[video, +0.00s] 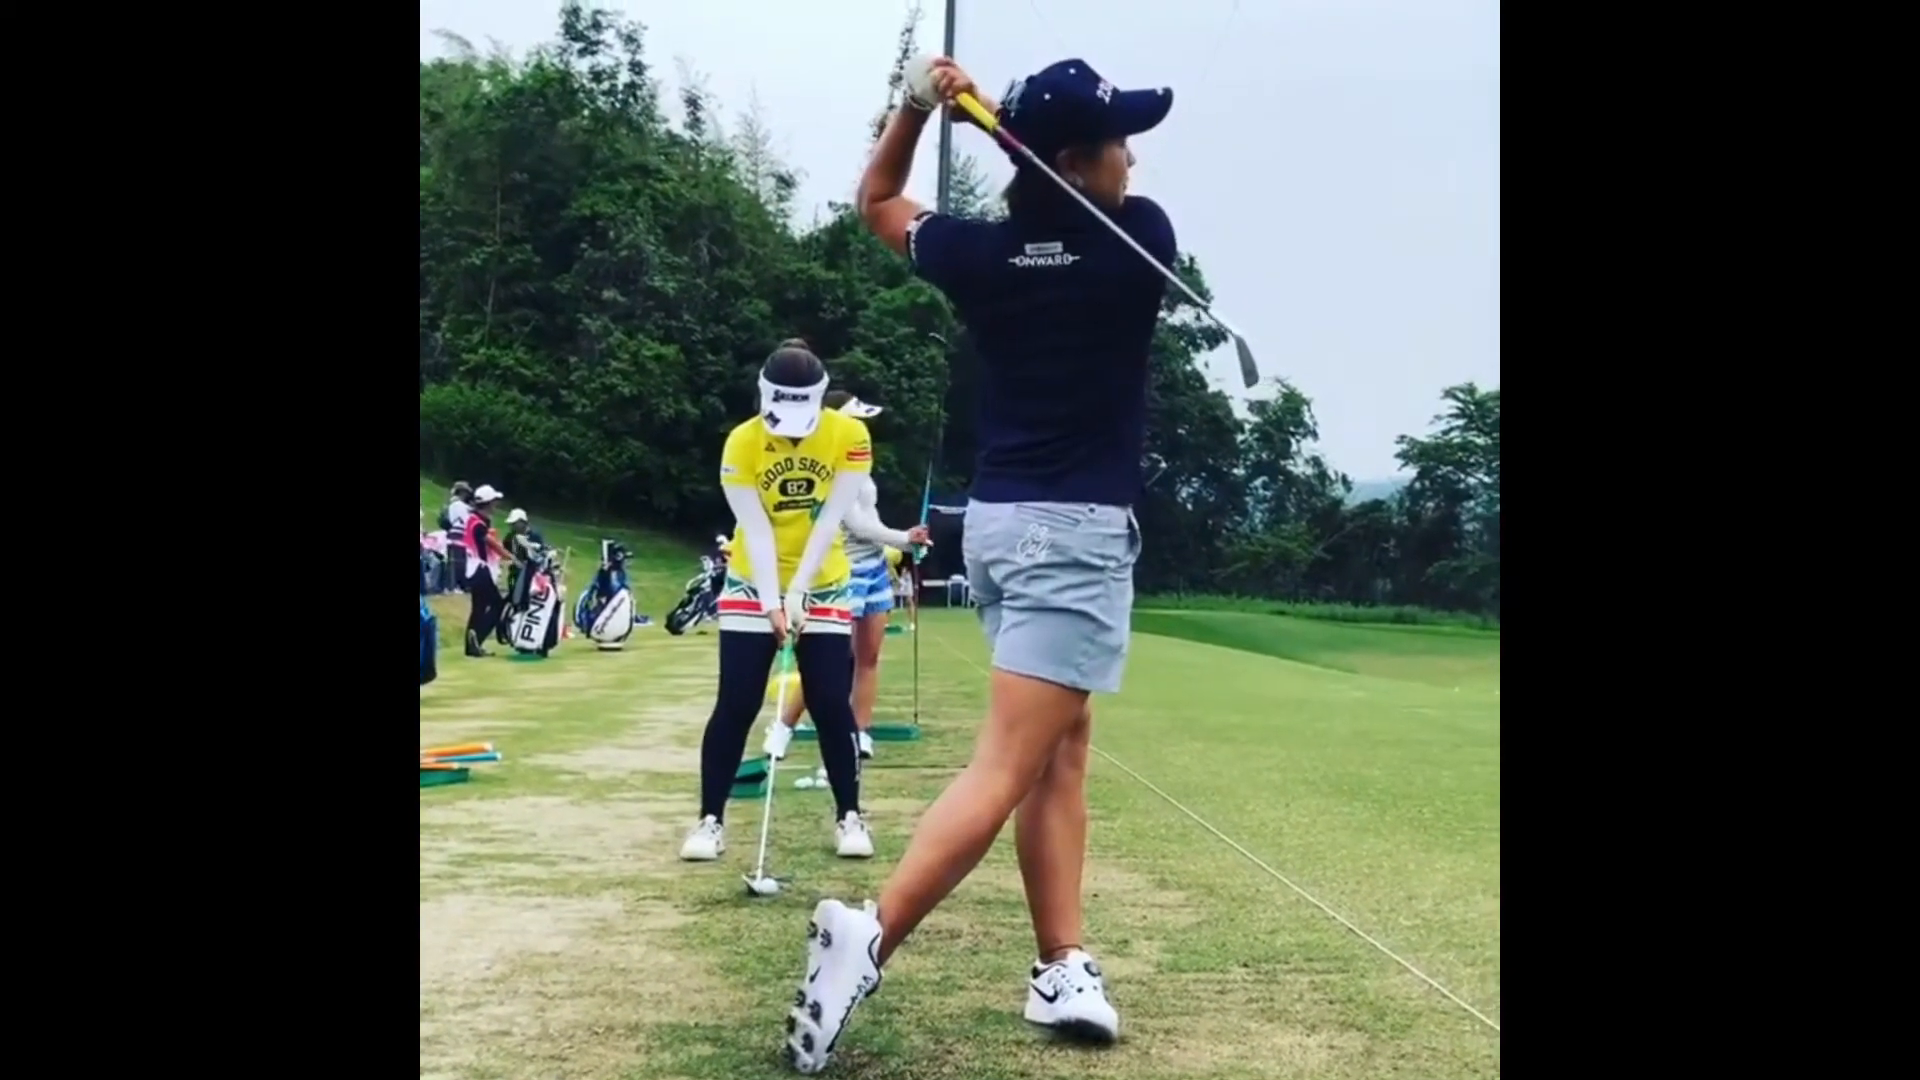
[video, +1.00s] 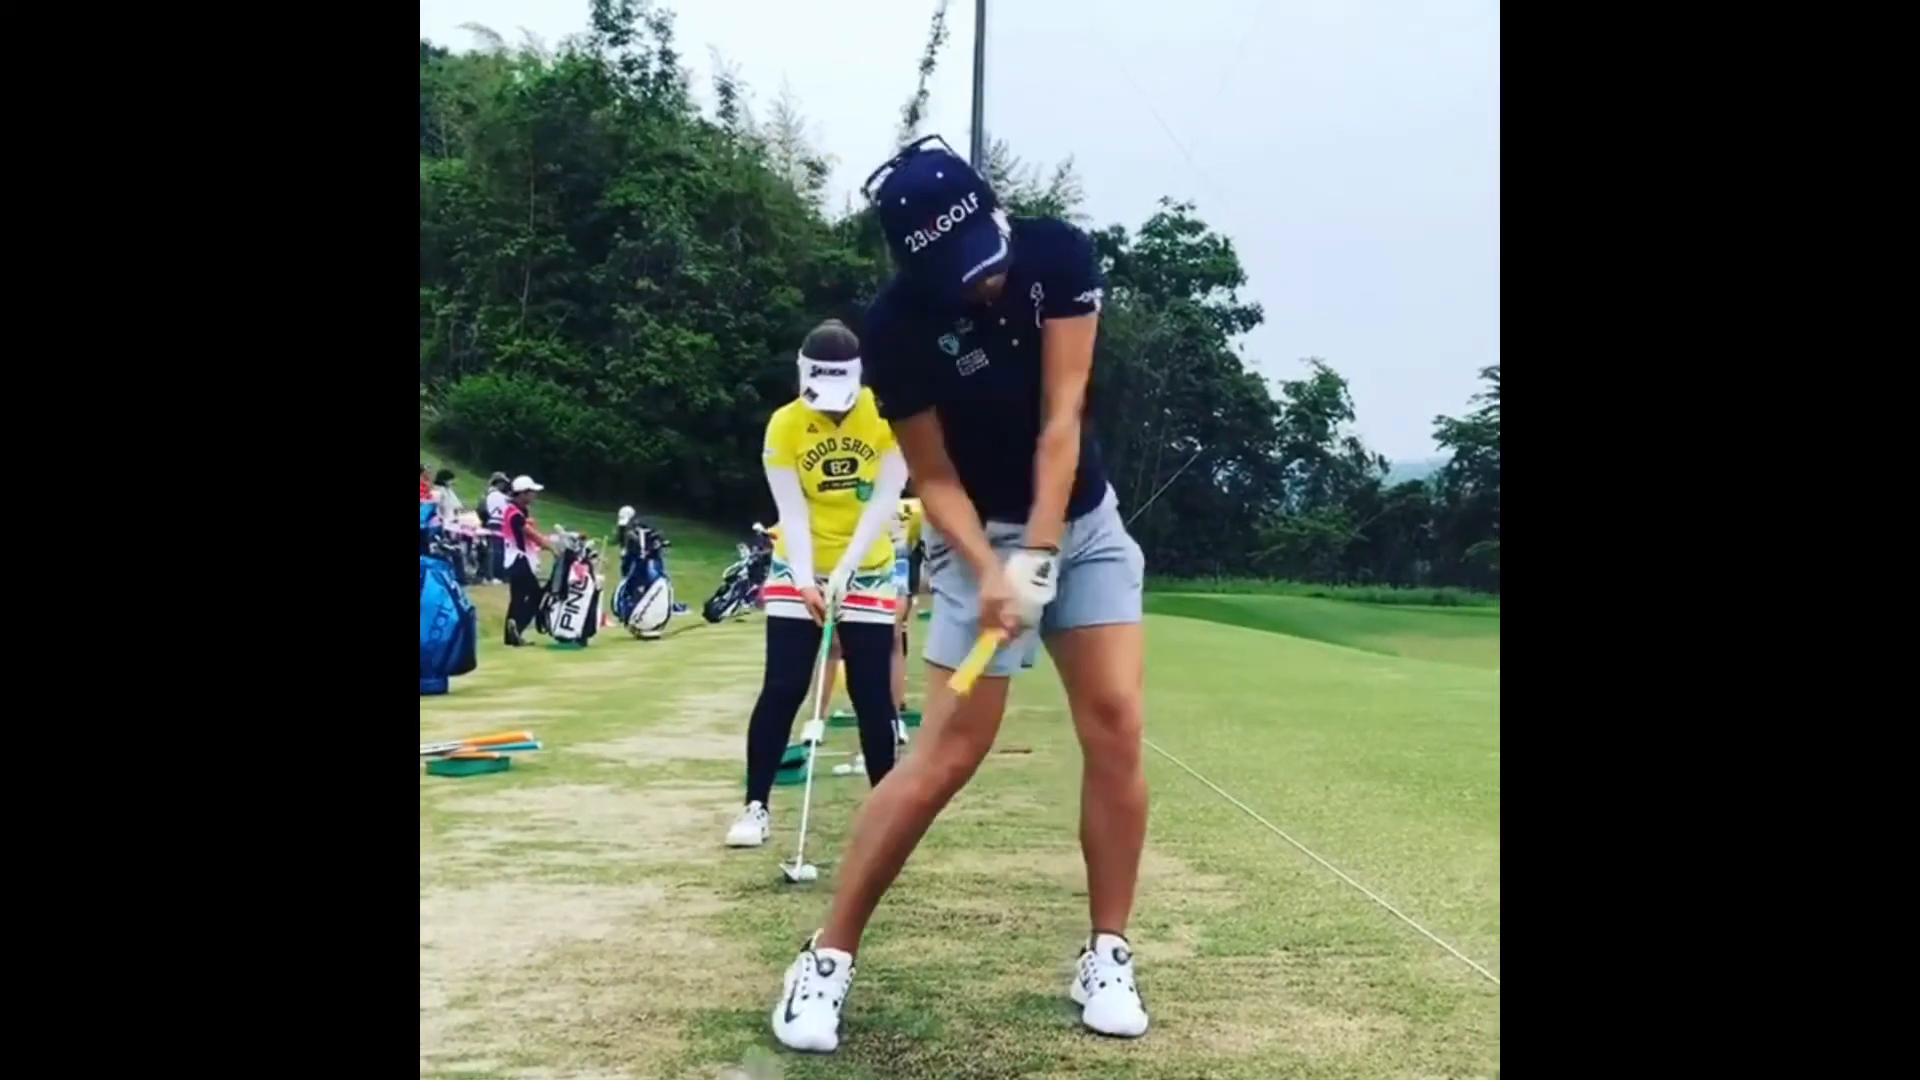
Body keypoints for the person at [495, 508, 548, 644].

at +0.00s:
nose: (513, 527)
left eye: (516, 524)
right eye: (512, 524)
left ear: (523, 523)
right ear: (511, 524)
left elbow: (542, 551)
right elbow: (506, 554)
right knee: (512, 598)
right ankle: (503, 626)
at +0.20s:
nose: (542, 486)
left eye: (542, 482)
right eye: (539, 482)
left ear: (531, 484)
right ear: (529, 483)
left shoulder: (527, 501)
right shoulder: (524, 504)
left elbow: (541, 522)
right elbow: (542, 524)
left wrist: (558, 529)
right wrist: (560, 533)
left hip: (528, 545)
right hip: (528, 546)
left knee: (527, 584)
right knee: (545, 581)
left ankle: (522, 621)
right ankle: (528, 614)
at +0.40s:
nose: (545, 489)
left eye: (545, 486)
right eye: (542, 485)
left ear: (534, 487)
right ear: (532, 487)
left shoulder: (531, 504)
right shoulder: (528, 507)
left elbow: (545, 525)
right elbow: (545, 527)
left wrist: (562, 533)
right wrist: (564, 537)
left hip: (533, 549)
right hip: (531, 550)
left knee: (531, 587)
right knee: (548, 584)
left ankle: (525, 625)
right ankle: (531, 617)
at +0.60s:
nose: (546, 493)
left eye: (546, 489)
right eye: (542, 489)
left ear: (535, 490)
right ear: (532, 490)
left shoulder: (530, 507)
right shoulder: (528, 510)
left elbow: (545, 529)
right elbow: (546, 530)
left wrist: (562, 537)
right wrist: (564, 540)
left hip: (532, 552)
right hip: (531, 553)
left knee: (531, 591)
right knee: (549, 587)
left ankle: (525, 629)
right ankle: (531, 620)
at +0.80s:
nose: (542, 495)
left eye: (542, 491)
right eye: (539, 491)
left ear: (531, 493)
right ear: (529, 492)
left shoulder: (524, 510)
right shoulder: (525, 513)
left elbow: (541, 532)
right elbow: (542, 533)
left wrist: (559, 540)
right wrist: (561, 544)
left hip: (526, 554)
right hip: (527, 556)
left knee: (527, 593)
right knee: (545, 590)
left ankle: (521, 632)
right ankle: (527, 623)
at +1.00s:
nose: (534, 496)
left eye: (533, 492)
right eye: (530, 492)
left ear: (522, 495)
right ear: (520, 494)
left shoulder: (519, 512)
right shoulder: (515, 515)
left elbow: (532, 533)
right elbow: (532, 535)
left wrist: (549, 541)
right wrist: (551, 546)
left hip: (518, 557)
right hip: (517, 558)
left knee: (517, 595)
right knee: (536, 592)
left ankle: (511, 634)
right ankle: (517, 625)